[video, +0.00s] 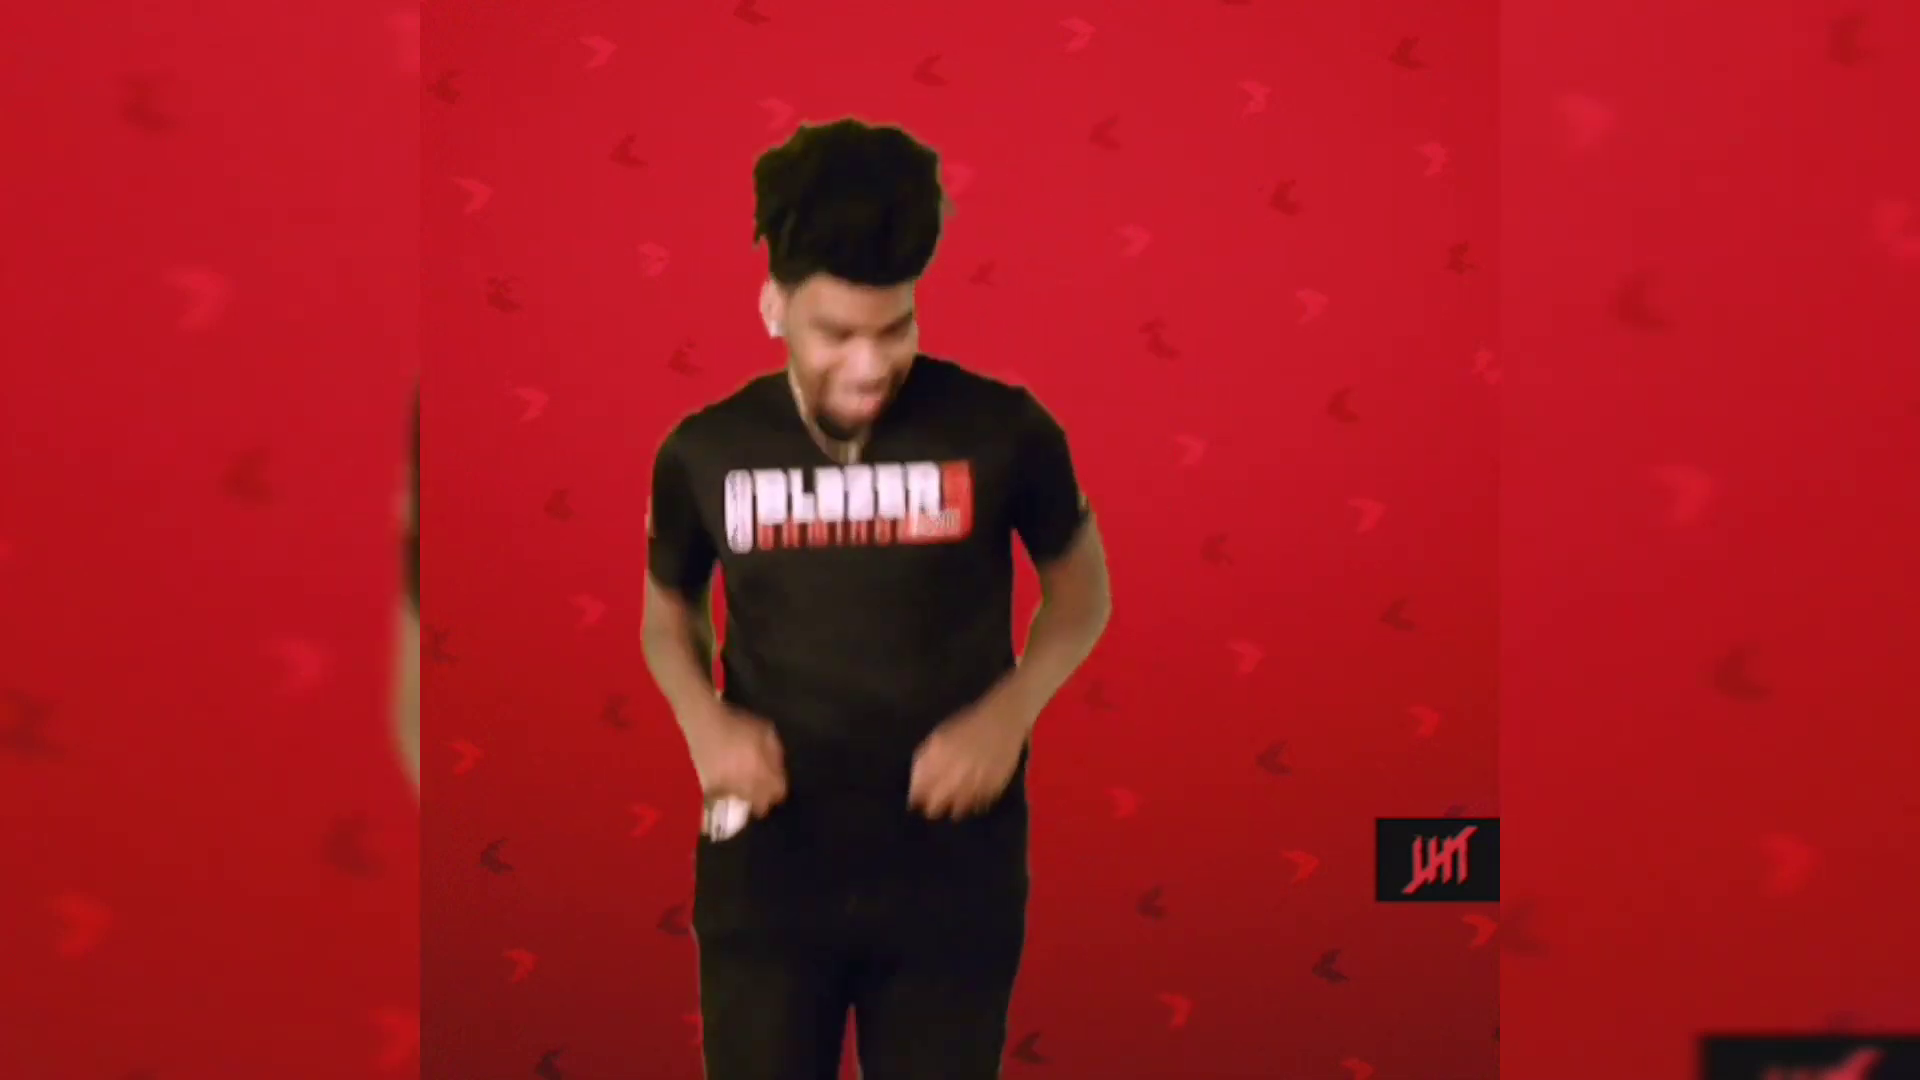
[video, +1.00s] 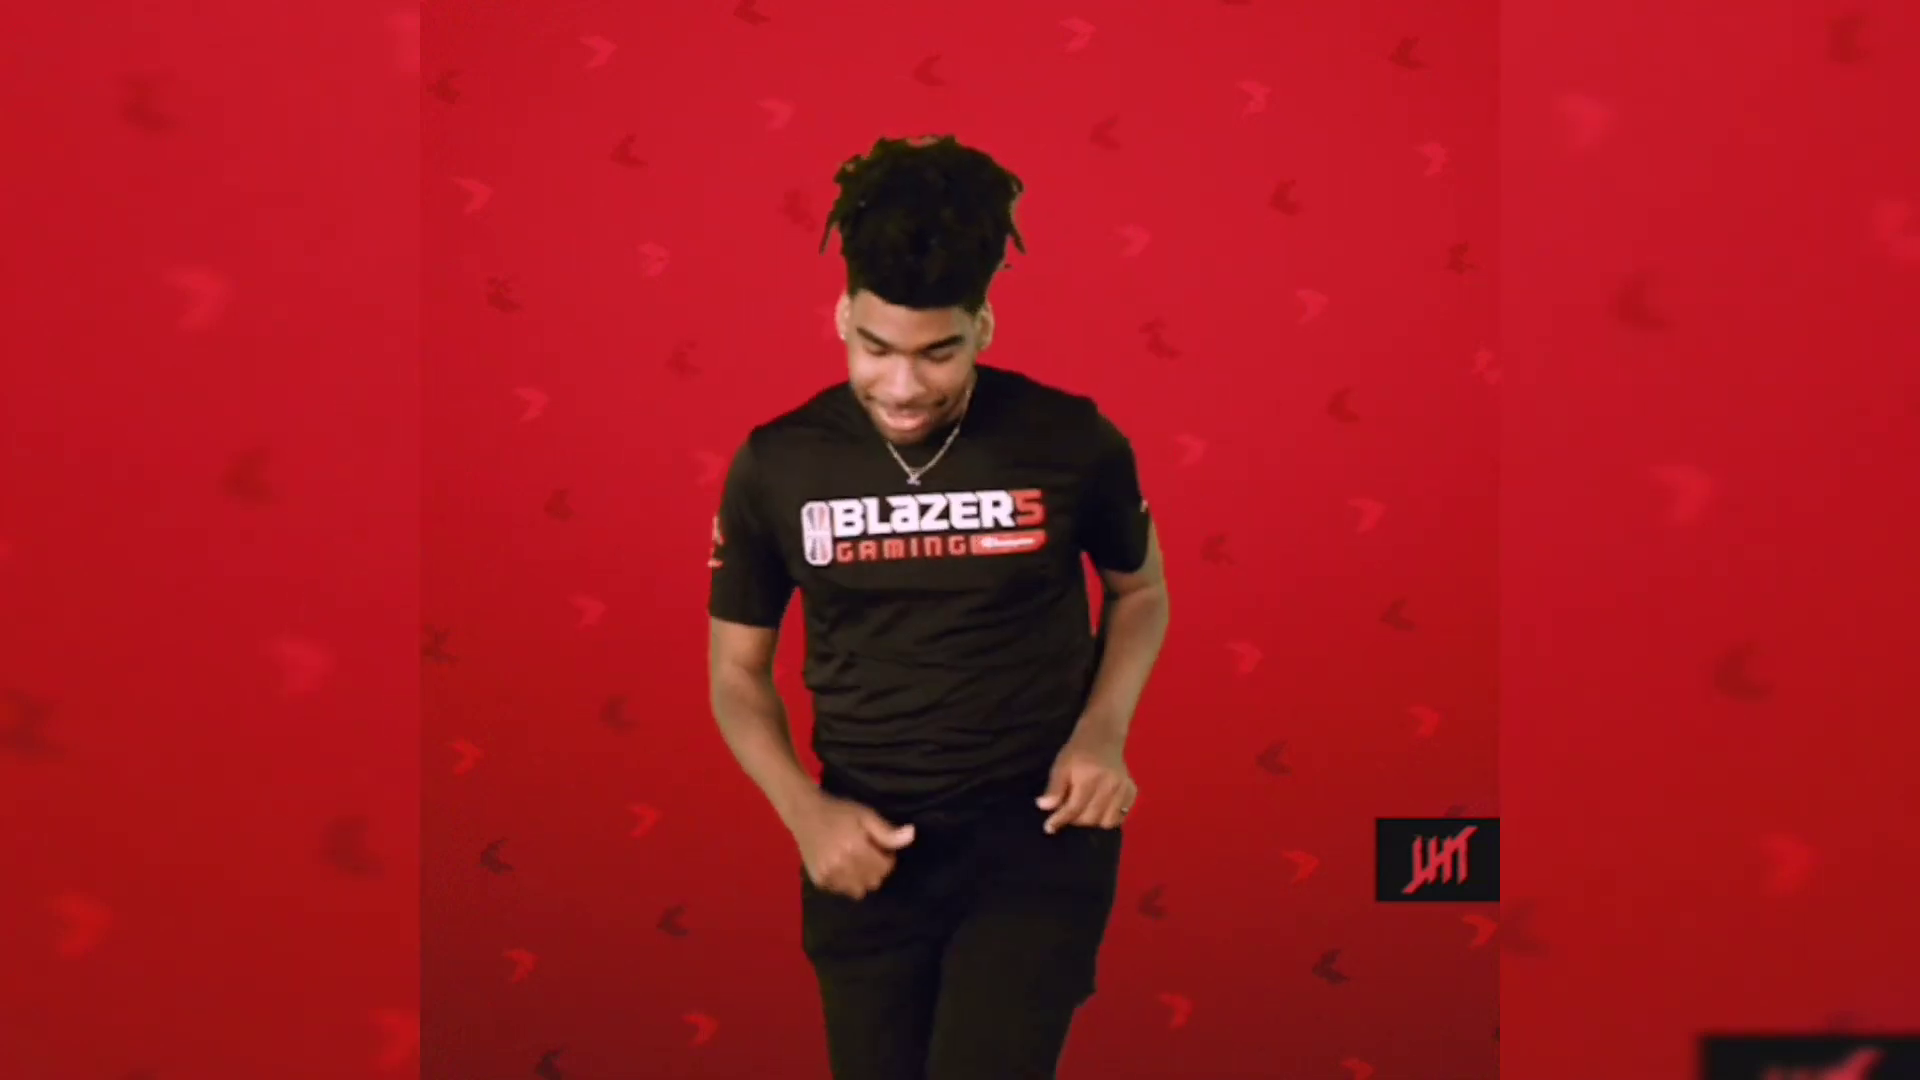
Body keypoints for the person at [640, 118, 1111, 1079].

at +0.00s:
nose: (868, 363)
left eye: (893, 329)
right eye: (836, 332)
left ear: (920, 302)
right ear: (773, 306)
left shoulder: (1003, 433)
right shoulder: (706, 457)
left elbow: (1081, 591)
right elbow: (670, 605)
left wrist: (1005, 716)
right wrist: (705, 720)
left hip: (951, 868)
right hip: (771, 868)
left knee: (942, 1064)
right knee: (760, 1064)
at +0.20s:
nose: (921, 322)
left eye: (942, 290)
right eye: (892, 291)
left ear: (963, 264)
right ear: (808, 261)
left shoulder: (994, 363)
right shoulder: (703, 404)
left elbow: (1024, 516)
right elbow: (619, 580)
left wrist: (1030, 644)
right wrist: (736, 687)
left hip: (977, 805)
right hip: (807, 822)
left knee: (999, 1062)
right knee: (824, 1063)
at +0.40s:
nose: (957, 358)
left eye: (974, 326)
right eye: (928, 326)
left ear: (993, 303)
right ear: (839, 299)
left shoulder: (1003, 409)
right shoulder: (731, 459)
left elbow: (1004, 544)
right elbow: (610, 638)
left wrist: (1047, 661)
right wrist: (774, 736)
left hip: (1007, 848)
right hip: (839, 868)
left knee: (1073, 1063)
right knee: (832, 1062)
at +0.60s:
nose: (977, 332)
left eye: (1001, 300)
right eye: (948, 298)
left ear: (1023, 271)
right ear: (871, 261)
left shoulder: (1046, 375)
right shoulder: (757, 408)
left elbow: (1060, 514)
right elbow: (652, 573)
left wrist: (1072, 635)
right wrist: (776, 687)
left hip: (1039, 795)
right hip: (861, 815)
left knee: (1076, 1063)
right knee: (892, 1066)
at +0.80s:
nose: (939, 404)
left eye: (973, 371)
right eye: (910, 368)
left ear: (1015, 335)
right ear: (870, 332)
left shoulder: (1086, 472)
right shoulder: (786, 483)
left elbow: (1115, 631)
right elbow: (700, 679)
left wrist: (1093, 747)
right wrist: (786, 824)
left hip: (1049, 890)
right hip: (871, 901)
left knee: (1065, 1063)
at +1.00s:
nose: (902, 383)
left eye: (937, 351)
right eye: (875, 345)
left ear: (985, 318)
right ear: (843, 310)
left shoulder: (1075, 446)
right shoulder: (779, 468)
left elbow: (1140, 587)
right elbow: (738, 673)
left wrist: (1103, 732)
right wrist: (805, 812)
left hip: (1039, 848)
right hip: (865, 859)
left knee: (988, 1059)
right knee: (875, 1063)